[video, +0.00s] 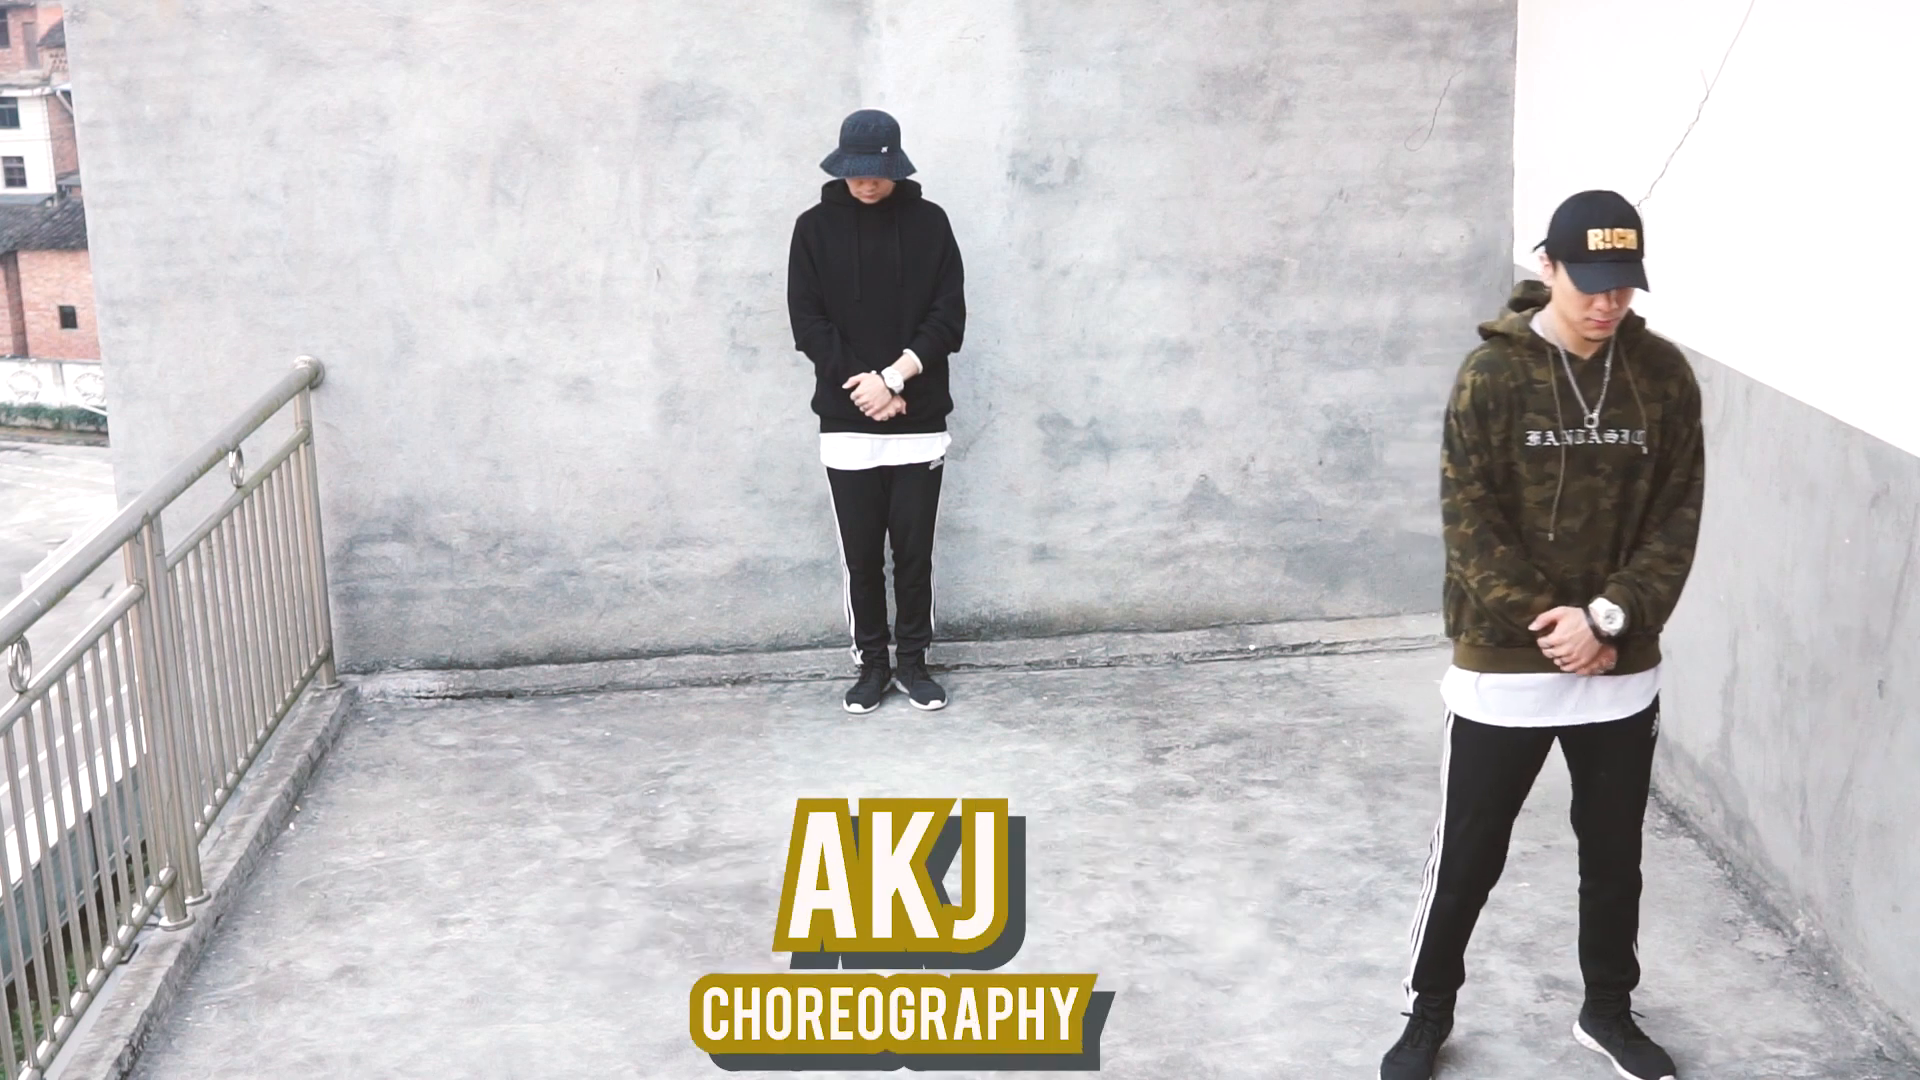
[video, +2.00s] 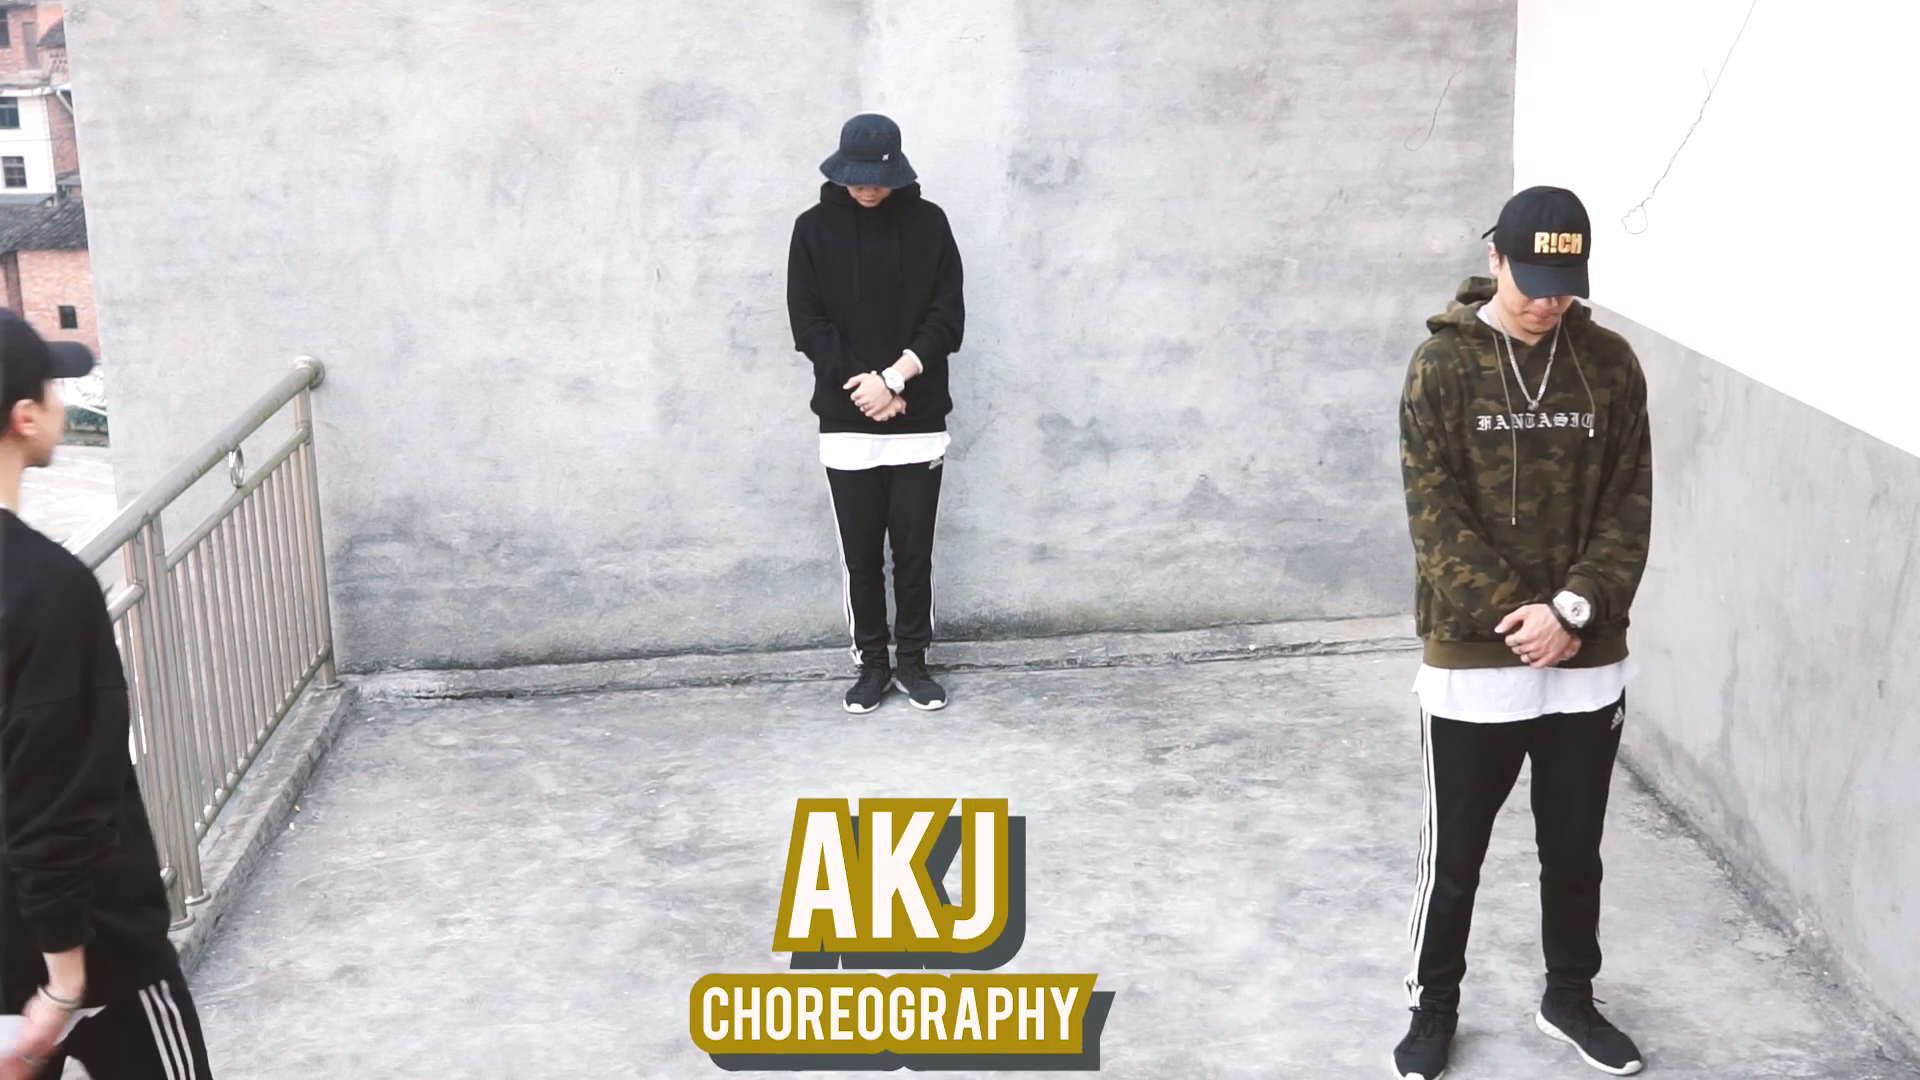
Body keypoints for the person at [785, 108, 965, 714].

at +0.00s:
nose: (867, 183)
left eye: (878, 173)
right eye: (856, 173)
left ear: (897, 168)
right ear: (841, 169)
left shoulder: (928, 222)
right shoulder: (815, 226)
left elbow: (948, 317)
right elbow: (807, 323)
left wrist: (895, 373)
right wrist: (863, 386)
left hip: (919, 413)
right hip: (845, 416)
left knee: (913, 548)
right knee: (861, 551)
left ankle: (913, 664)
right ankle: (872, 666)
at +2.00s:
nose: (868, 190)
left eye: (879, 180)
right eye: (857, 179)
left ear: (897, 173)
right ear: (840, 173)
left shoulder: (927, 221)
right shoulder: (814, 228)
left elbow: (948, 317)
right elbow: (807, 325)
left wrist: (895, 374)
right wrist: (863, 386)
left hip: (919, 414)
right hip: (844, 418)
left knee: (913, 549)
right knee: (861, 551)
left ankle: (913, 664)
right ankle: (872, 666)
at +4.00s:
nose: (867, 187)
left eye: (879, 177)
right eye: (857, 177)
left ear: (898, 172)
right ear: (840, 172)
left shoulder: (928, 222)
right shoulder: (814, 228)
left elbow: (949, 317)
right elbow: (806, 325)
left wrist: (896, 374)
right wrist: (863, 387)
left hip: (920, 415)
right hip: (846, 418)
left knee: (913, 549)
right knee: (861, 552)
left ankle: (913, 663)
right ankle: (873, 667)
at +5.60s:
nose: (870, 187)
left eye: (881, 176)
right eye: (859, 176)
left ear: (900, 172)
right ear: (843, 171)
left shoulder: (930, 223)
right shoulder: (817, 228)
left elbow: (950, 319)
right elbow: (809, 324)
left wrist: (896, 375)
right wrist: (864, 387)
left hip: (920, 415)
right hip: (846, 418)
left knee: (913, 550)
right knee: (862, 553)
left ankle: (914, 662)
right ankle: (872, 666)